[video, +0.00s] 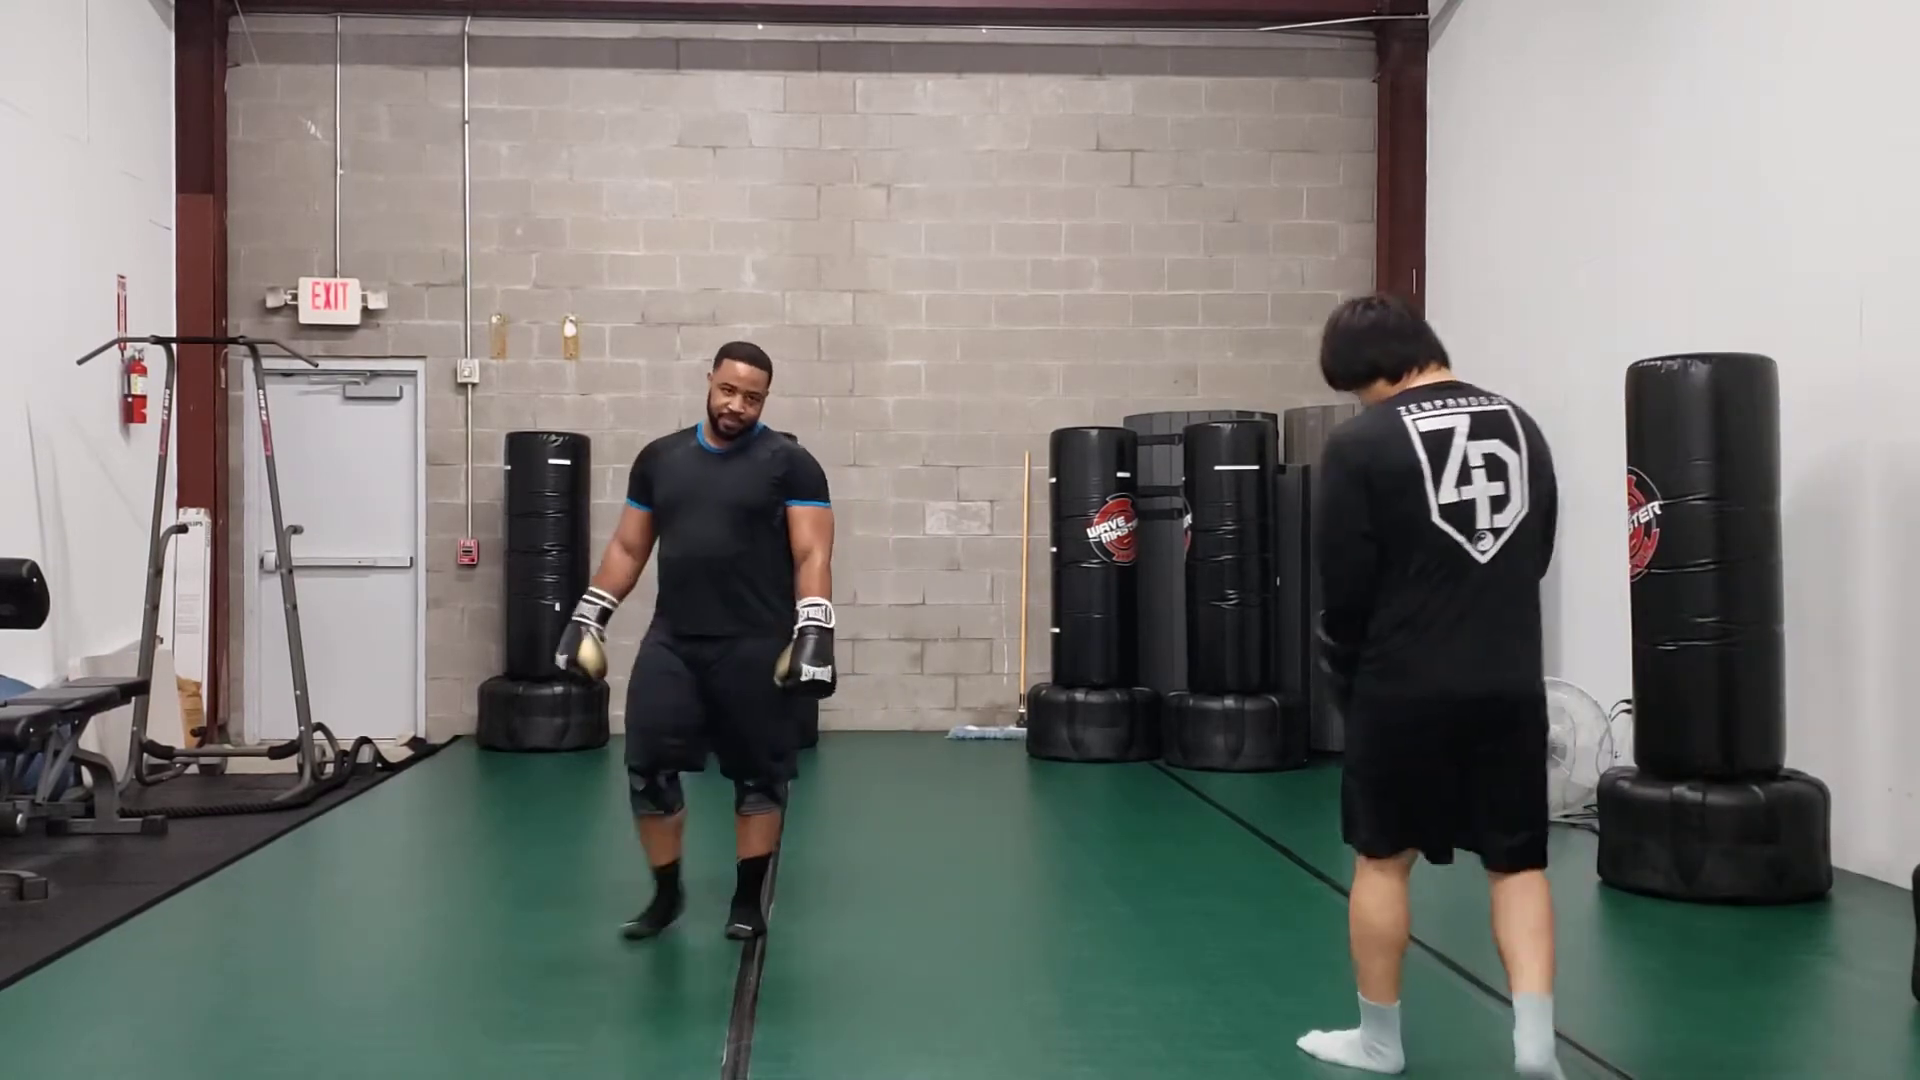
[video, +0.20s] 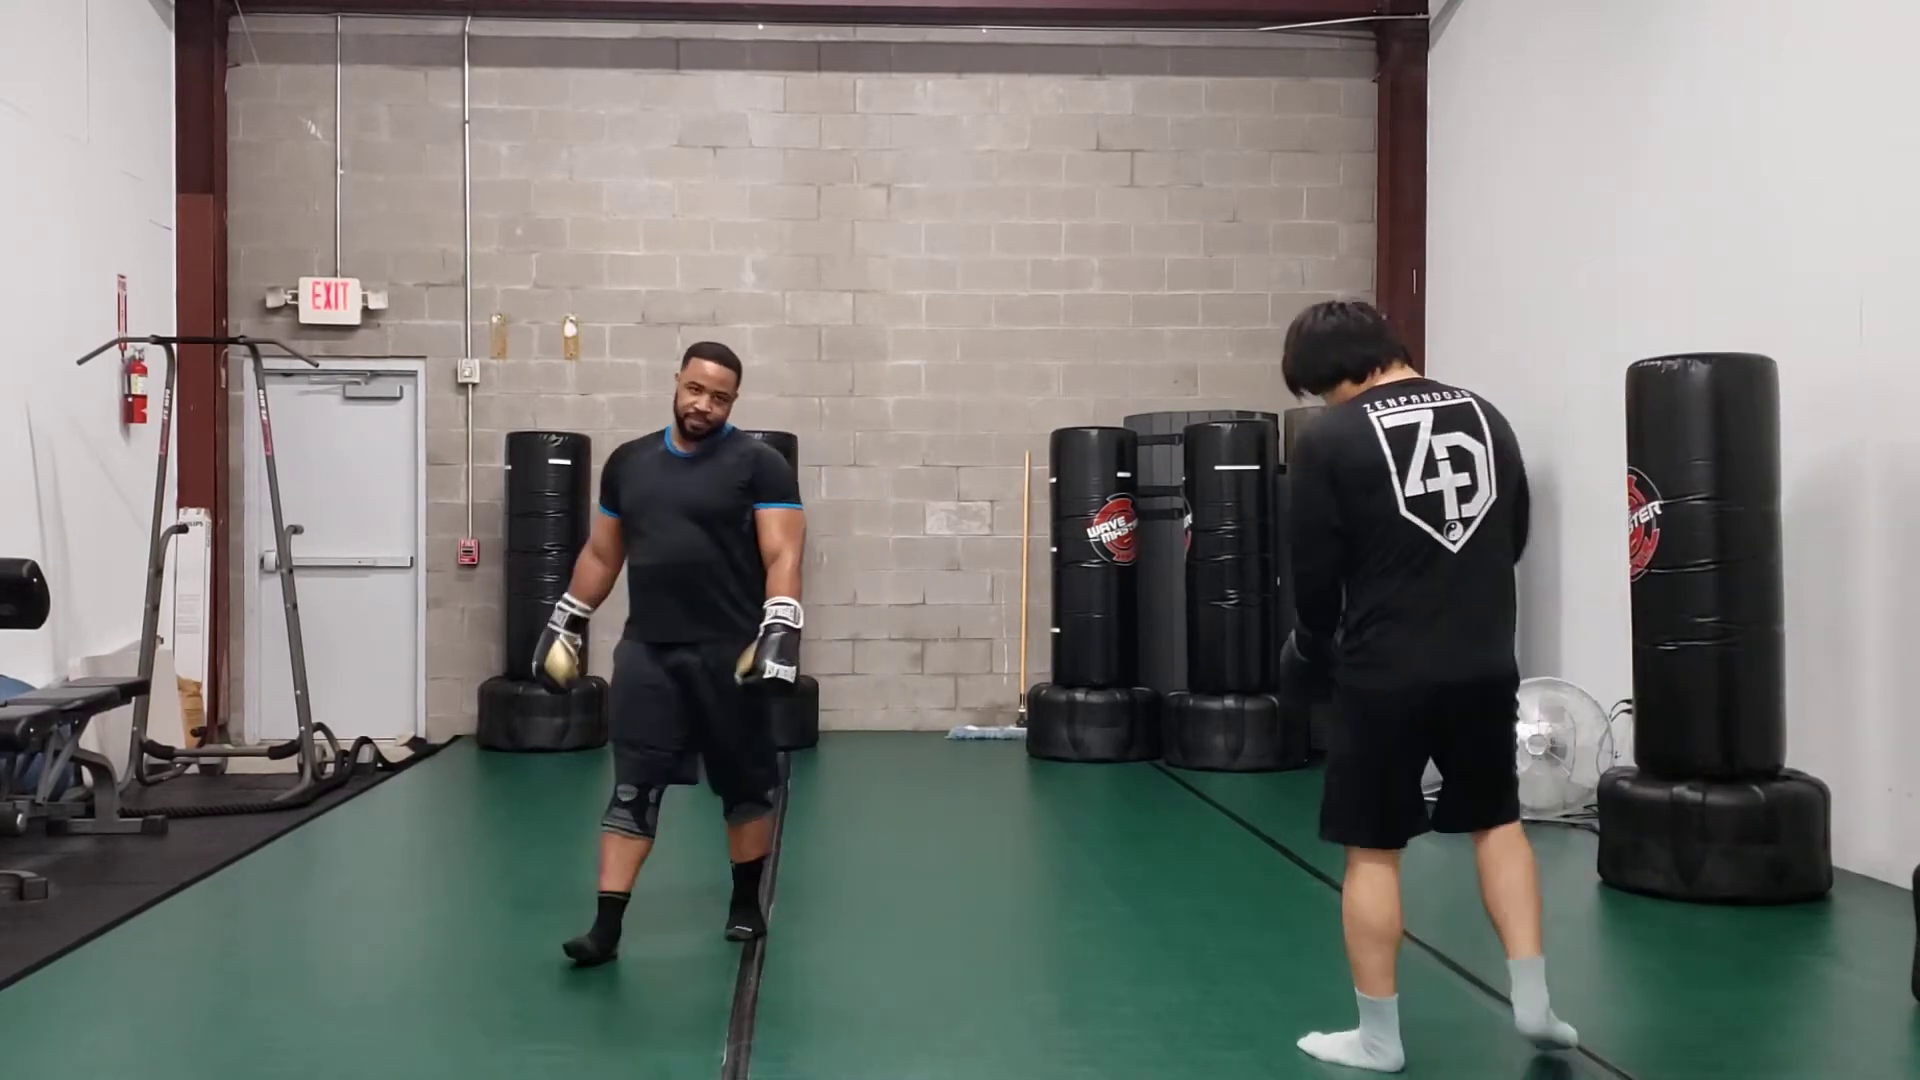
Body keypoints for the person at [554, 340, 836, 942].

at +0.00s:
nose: (736, 405)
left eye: (750, 396)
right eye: (728, 390)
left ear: (765, 399)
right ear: (708, 384)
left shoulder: (791, 466)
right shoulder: (660, 461)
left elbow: (813, 554)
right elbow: (626, 549)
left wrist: (814, 630)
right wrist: (587, 618)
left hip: (760, 649)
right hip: (673, 646)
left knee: (759, 780)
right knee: (648, 768)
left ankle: (748, 902)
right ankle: (666, 894)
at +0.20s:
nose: (703, 403)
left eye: (718, 395)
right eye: (695, 388)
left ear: (734, 401)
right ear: (676, 385)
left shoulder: (760, 465)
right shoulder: (628, 464)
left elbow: (783, 550)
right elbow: (599, 555)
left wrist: (783, 626)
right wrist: (566, 622)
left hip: (736, 654)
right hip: (649, 653)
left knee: (747, 787)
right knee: (632, 786)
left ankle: (746, 904)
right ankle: (605, 928)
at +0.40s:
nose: (666, 399)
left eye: (681, 390)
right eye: (657, 383)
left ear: (695, 394)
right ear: (635, 378)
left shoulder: (723, 462)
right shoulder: (586, 459)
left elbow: (745, 553)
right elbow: (562, 559)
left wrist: (746, 632)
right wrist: (537, 636)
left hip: (690, 657)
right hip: (601, 657)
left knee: (714, 792)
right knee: (599, 798)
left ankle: (736, 883)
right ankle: (597, 937)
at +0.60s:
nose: (650, 395)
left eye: (664, 384)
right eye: (640, 379)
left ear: (677, 386)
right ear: (614, 371)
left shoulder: (702, 458)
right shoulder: (554, 451)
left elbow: (727, 553)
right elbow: (522, 546)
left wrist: (739, 628)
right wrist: (506, 624)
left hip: (668, 646)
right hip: (581, 650)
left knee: (680, 790)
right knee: (592, 797)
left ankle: (689, 924)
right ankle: (598, 935)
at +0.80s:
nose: (655, 396)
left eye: (667, 386)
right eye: (644, 380)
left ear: (676, 388)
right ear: (611, 370)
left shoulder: (697, 462)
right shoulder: (541, 452)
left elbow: (722, 561)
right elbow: (507, 543)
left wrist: (738, 637)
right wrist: (484, 618)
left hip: (658, 657)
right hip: (567, 657)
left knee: (647, 802)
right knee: (585, 804)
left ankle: (637, 963)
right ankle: (598, 941)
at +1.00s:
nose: (676, 394)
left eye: (686, 384)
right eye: (666, 377)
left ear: (690, 387)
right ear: (627, 364)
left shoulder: (702, 465)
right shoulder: (544, 443)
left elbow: (721, 570)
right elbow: (515, 543)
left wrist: (743, 653)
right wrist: (489, 626)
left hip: (657, 664)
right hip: (559, 661)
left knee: (649, 817)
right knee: (556, 819)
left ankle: (635, 967)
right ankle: (592, 909)